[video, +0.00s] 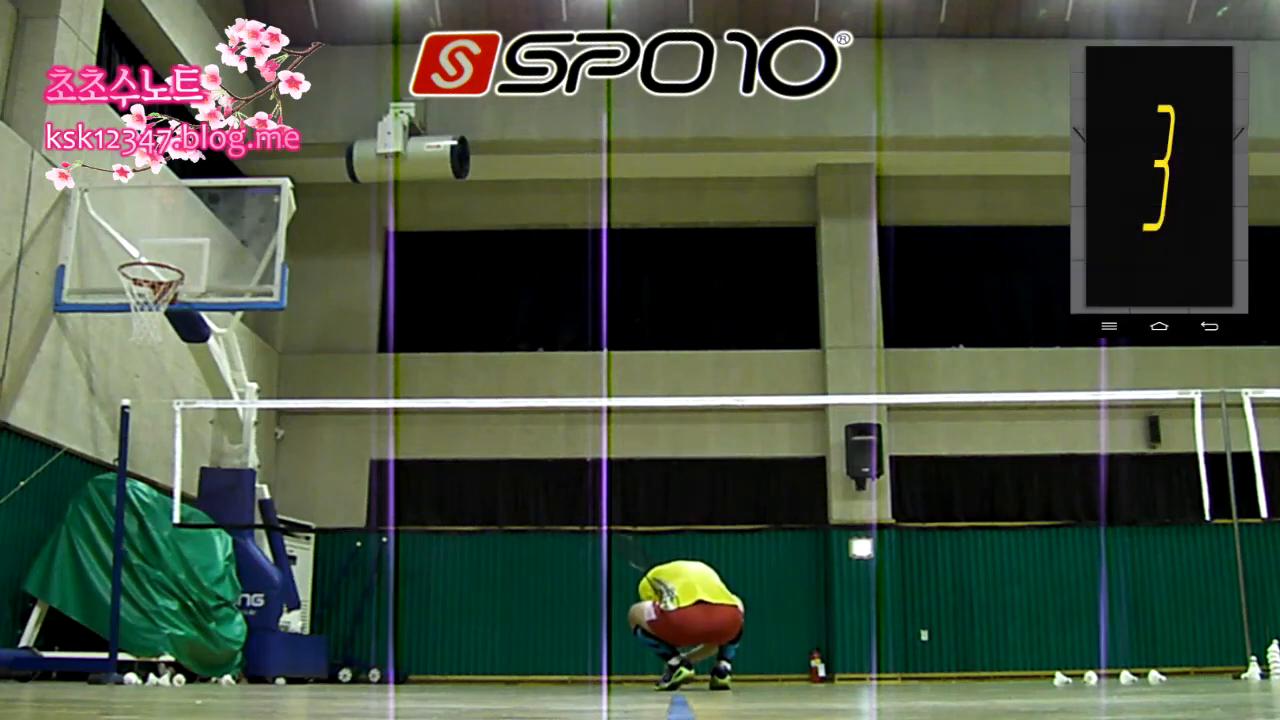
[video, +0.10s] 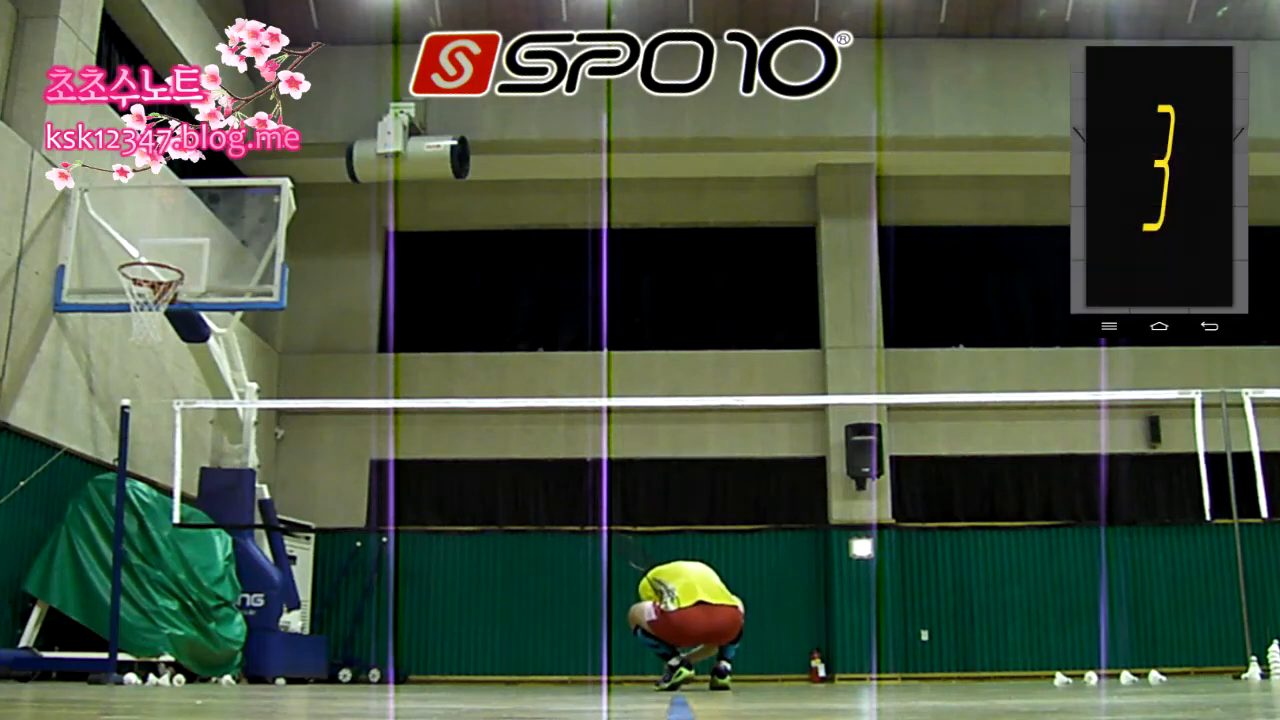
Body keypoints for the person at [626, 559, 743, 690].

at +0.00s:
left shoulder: (647, 582)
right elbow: (718, 641)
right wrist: (686, 660)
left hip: (683, 621)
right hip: (727, 620)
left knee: (634, 614)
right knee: (738, 605)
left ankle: (675, 664)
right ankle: (723, 669)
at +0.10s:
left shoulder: (647, 582)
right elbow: (716, 643)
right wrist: (685, 660)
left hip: (683, 622)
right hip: (727, 621)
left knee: (634, 615)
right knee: (738, 605)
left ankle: (675, 664)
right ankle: (723, 669)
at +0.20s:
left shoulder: (647, 582)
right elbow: (718, 641)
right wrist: (686, 659)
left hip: (684, 622)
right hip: (728, 620)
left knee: (634, 614)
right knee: (737, 604)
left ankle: (676, 665)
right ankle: (723, 669)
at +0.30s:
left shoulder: (647, 582)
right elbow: (719, 641)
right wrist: (687, 659)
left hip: (684, 622)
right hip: (729, 621)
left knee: (634, 614)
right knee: (738, 604)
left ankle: (676, 665)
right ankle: (723, 669)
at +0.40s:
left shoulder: (648, 582)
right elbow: (719, 642)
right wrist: (686, 659)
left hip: (685, 622)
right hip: (729, 621)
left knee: (635, 614)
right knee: (738, 604)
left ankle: (676, 665)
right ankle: (723, 669)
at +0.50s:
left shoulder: (649, 582)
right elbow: (719, 642)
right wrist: (686, 659)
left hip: (686, 622)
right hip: (730, 621)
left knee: (635, 614)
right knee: (738, 605)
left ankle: (676, 666)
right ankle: (723, 670)